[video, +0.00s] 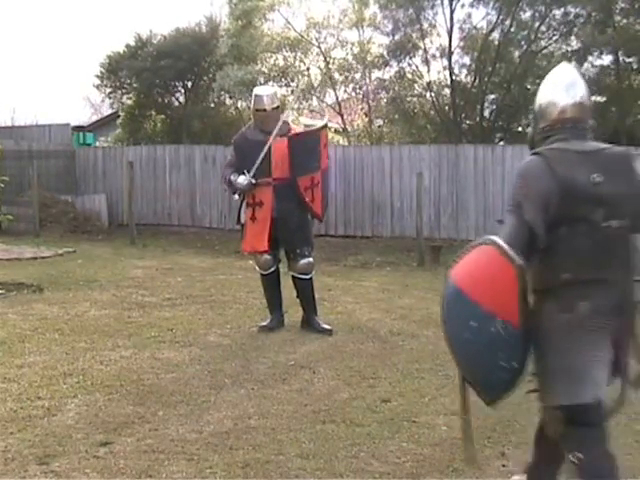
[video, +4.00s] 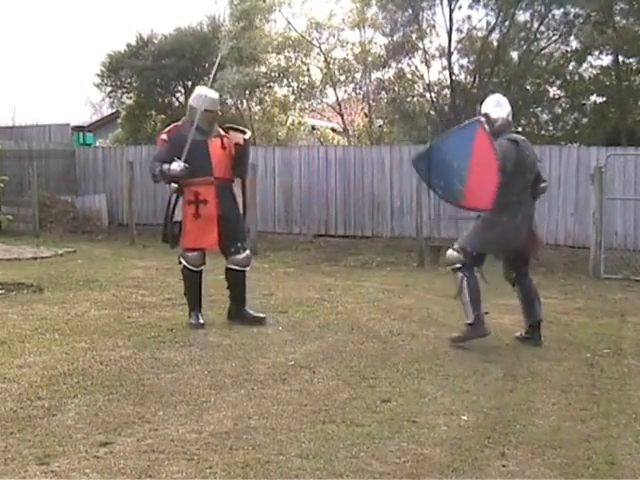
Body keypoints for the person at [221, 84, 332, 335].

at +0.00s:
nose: (265, 115)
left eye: (269, 110)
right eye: (261, 111)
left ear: (278, 109)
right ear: (254, 111)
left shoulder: (293, 135)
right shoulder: (244, 140)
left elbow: (310, 165)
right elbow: (229, 170)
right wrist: (236, 180)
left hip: (293, 206)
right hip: (262, 207)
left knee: (303, 261)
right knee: (265, 260)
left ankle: (310, 316)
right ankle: (276, 316)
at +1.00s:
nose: (267, 116)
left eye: (272, 110)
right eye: (262, 111)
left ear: (281, 109)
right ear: (255, 112)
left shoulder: (294, 135)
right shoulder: (246, 141)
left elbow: (312, 162)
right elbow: (238, 171)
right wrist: (232, 192)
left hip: (291, 207)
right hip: (259, 210)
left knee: (302, 263)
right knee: (264, 261)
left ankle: (310, 316)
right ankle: (276, 315)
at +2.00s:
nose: (260, 117)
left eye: (264, 112)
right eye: (254, 112)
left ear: (271, 111)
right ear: (245, 111)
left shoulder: (285, 134)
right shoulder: (234, 138)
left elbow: (304, 160)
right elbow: (221, 169)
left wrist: (309, 173)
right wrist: (222, 182)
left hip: (285, 198)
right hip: (254, 202)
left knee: (294, 257)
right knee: (264, 257)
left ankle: (266, 299)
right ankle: (275, 313)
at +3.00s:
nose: (271, 118)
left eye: (276, 113)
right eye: (267, 112)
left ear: (281, 113)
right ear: (257, 108)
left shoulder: (283, 138)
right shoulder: (234, 129)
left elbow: (296, 172)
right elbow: (214, 157)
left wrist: (293, 143)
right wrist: (220, 162)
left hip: (266, 199)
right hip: (235, 196)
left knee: (261, 257)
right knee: (221, 249)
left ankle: (256, 308)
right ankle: (208, 306)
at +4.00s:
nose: (210, 117)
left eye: (214, 112)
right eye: (205, 112)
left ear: (218, 112)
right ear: (193, 111)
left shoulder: (223, 137)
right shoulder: (177, 135)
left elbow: (239, 172)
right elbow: (156, 168)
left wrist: (241, 147)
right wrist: (168, 170)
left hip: (225, 201)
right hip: (194, 203)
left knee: (239, 255)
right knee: (193, 257)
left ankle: (238, 308)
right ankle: (195, 311)